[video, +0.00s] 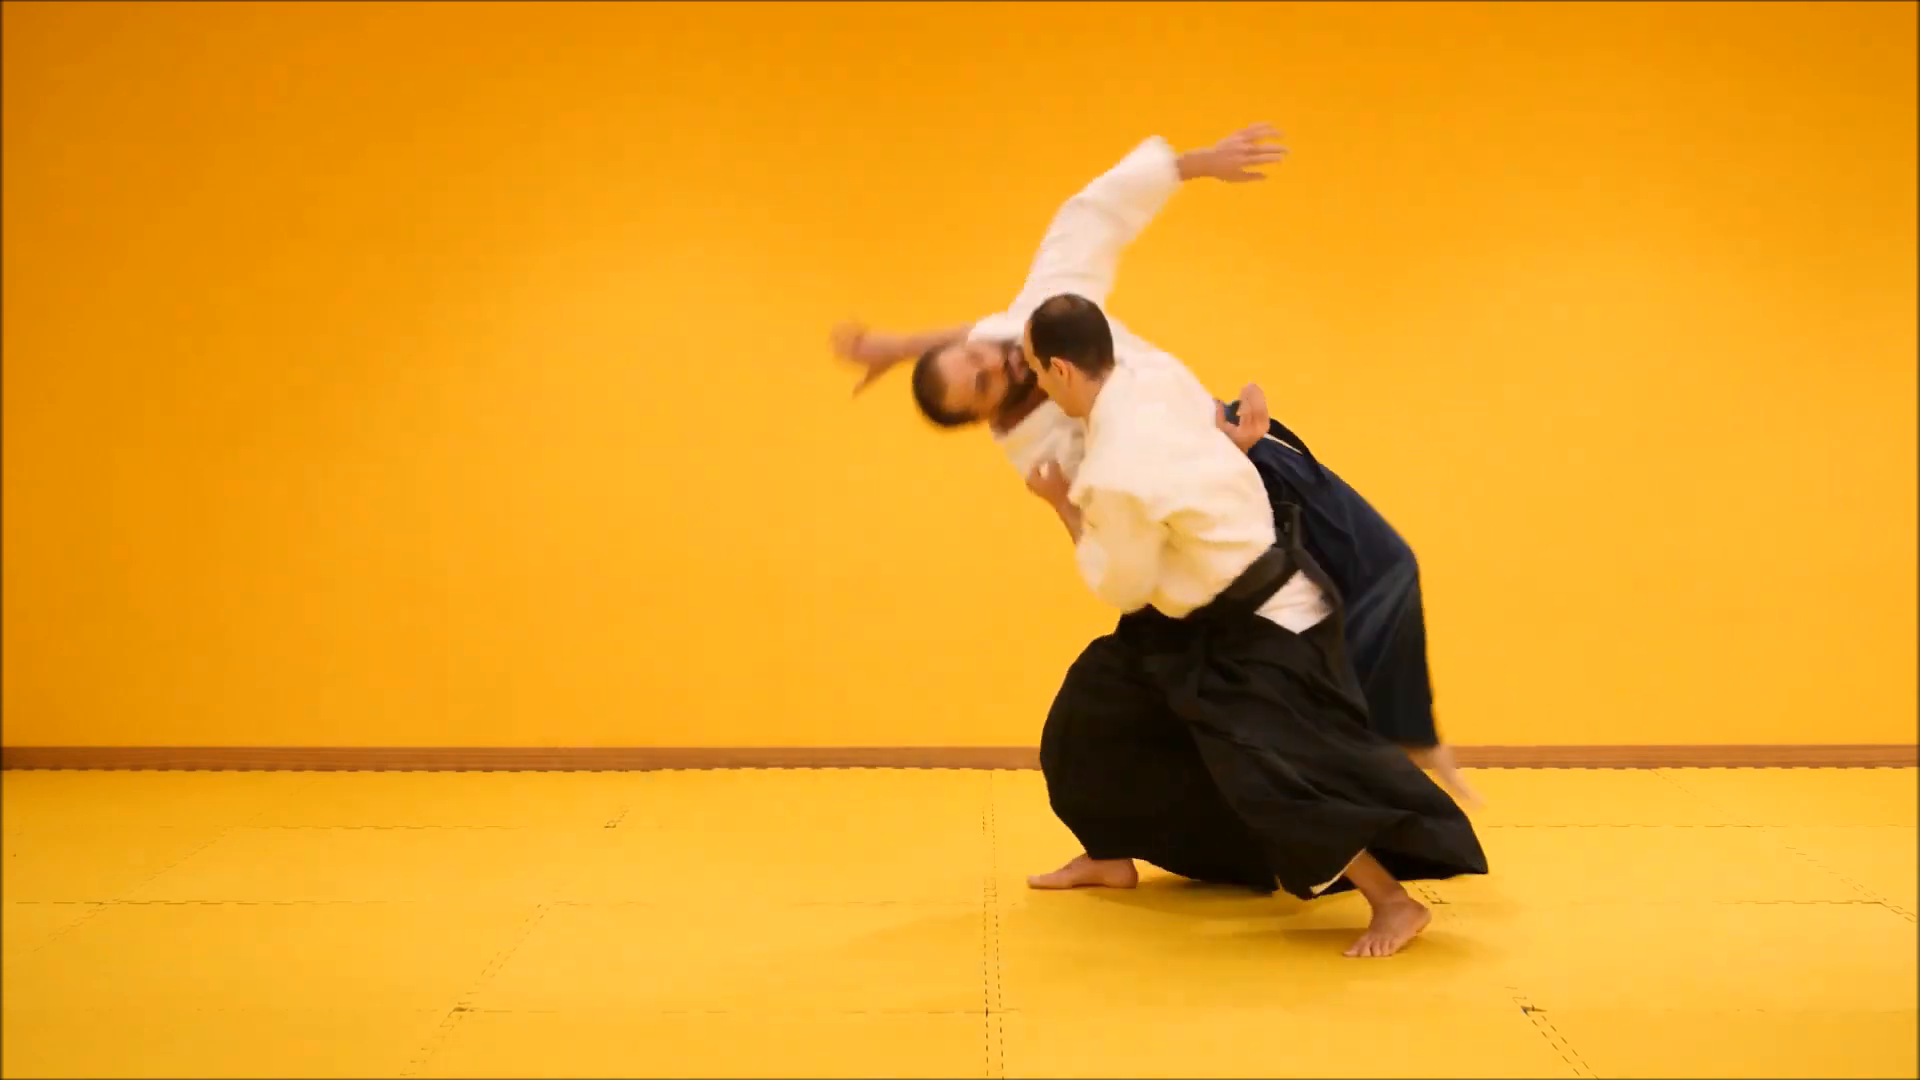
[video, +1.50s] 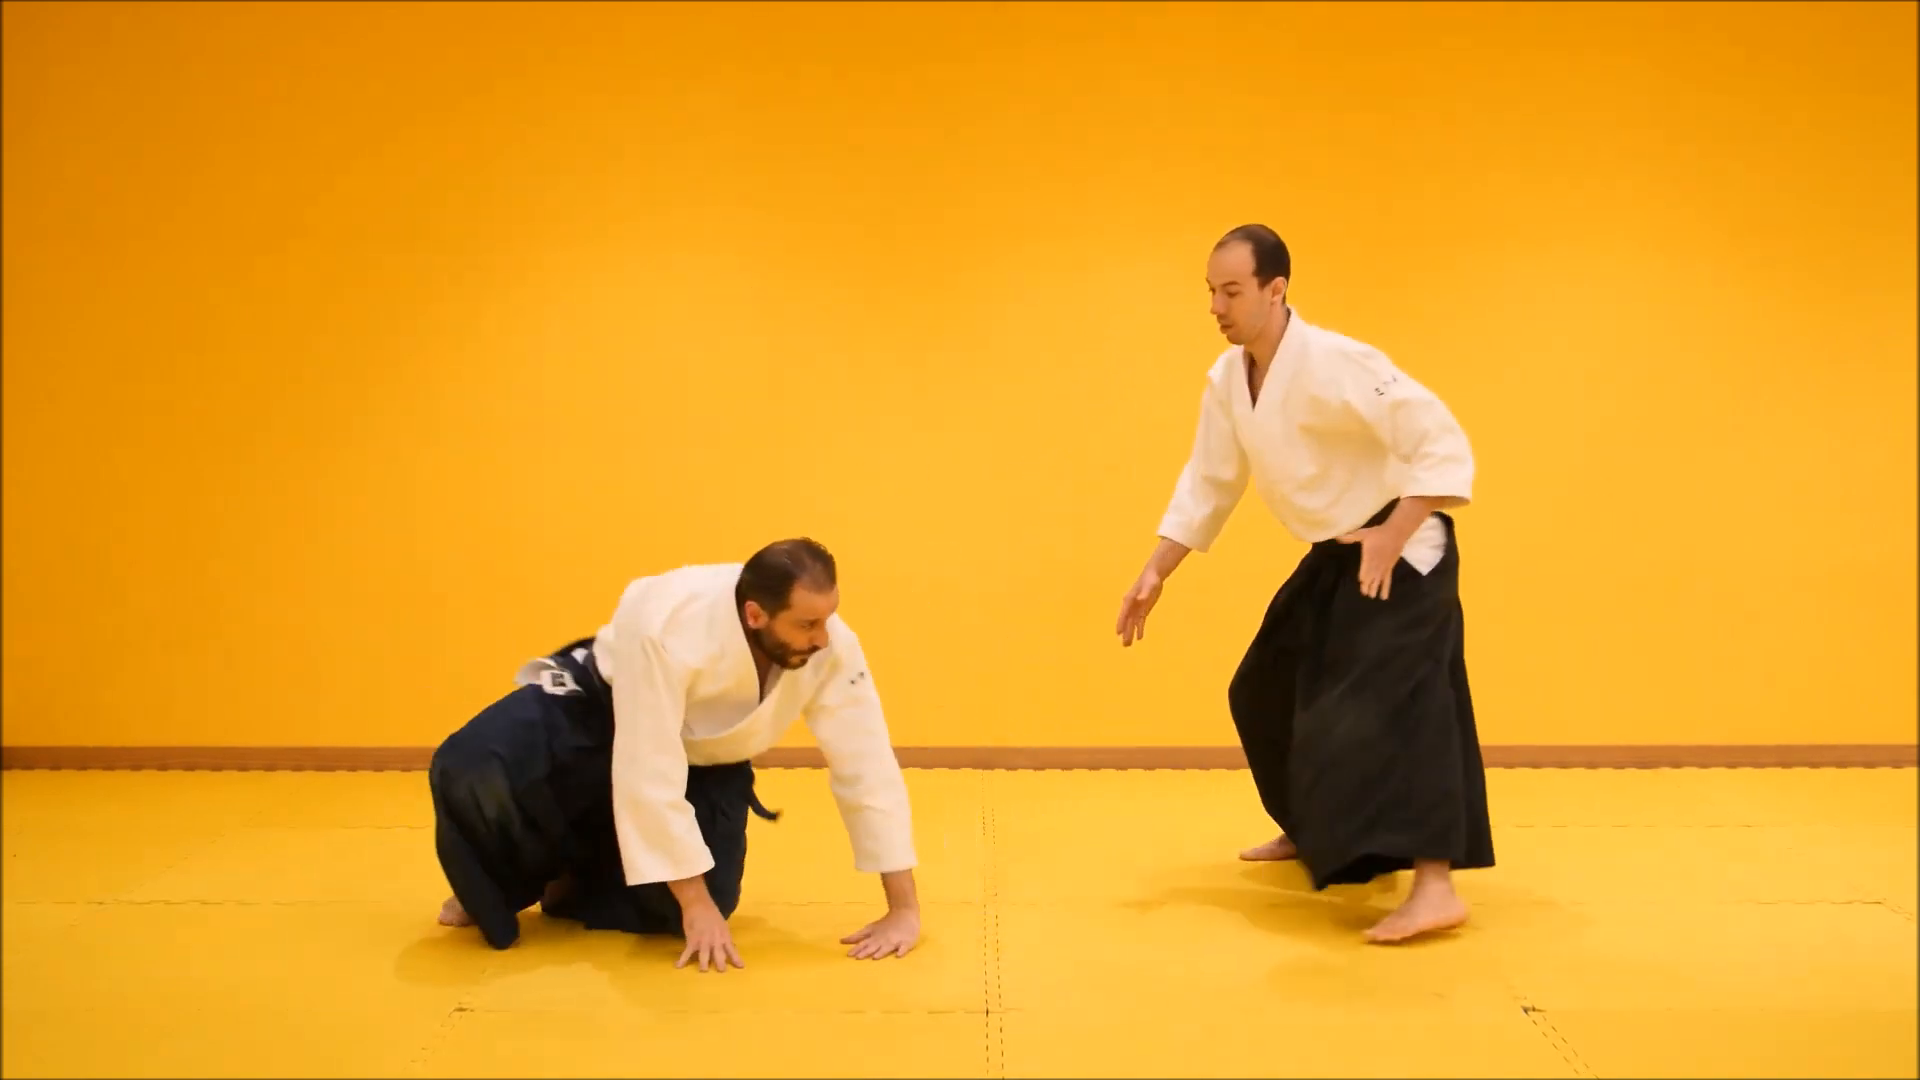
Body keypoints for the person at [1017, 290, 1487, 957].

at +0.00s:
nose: (1039, 380)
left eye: (1038, 369)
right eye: (1031, 368)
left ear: (1062, 370)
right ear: (1097, 344)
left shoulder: (1119, 468)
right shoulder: (1135, 361)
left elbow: (1122, 585)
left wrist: (1064, 509)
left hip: (1262, 621)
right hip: (1183, 619)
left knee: (1261, 771)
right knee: (1086, 715)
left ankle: (1392, 901)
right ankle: (1108, 854)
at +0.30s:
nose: (1049, 506)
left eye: (1053, 490)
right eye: (1046, 491)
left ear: (1094, 484)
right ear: (1095, 483)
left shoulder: (1219, 520)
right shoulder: (1088, 533)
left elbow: (1275, 636)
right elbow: (1049, 650)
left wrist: (1172, 650)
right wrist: (1013, 787)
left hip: (1316, 642)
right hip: (1207, 652)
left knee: (1337, 720)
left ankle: (1401, 901)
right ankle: (1109, 855)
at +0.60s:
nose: (1045, 548)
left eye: (1050, 532)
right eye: (1042, 533)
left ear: (1097, 523)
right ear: (1091, 525)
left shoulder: (1218, 547)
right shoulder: (1080, 576)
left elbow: (1277, 653)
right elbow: (1070, 683)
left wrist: (1175, 693)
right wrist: (1078, 812)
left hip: (1312, 655)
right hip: (1209, 685)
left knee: (1322, 714)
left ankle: (1399, 902)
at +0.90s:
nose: (1065, 445)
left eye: (1072, 431)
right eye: (1061, 432)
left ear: (1121, 422)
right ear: (1112, 422)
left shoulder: (1194, 489)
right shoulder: (1095, 468)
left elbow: (1176, 626)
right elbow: (1057, 554)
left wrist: (1072, 659)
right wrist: (1004, 632)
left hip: (1293, 639)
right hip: (1206, 642)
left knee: (1295, 730)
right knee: (1090, 694)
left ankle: (1389, 911)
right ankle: (1152, 863)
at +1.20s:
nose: (1160, 331)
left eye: (1169, 314)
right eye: (1158, 315)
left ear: (1217, 303)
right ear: (1207, 306)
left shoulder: (1245, 380)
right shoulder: (1227, 362)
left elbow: (1242, 513)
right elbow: (1208, 487)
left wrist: (1181, 613)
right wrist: (1147, 562)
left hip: (1349, 586)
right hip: (1296, 577)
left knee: (1293, 717)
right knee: (1198, 676)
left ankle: (1406, 909)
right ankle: (1195, 844)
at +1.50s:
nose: (1215, 306)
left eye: (1228, 289)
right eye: (1211, 291)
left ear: (1276, 289)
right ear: (1220, 295)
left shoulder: (1338, 366)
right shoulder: (1229, 380)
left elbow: (1446, 451)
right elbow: (1206, 483)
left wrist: (1395, 534)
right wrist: (1154, 572)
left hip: (1403, 552)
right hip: (1333, 556)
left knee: (1394, 709)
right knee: (1261, 691)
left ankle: (1435, 883)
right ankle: (1313, 827)